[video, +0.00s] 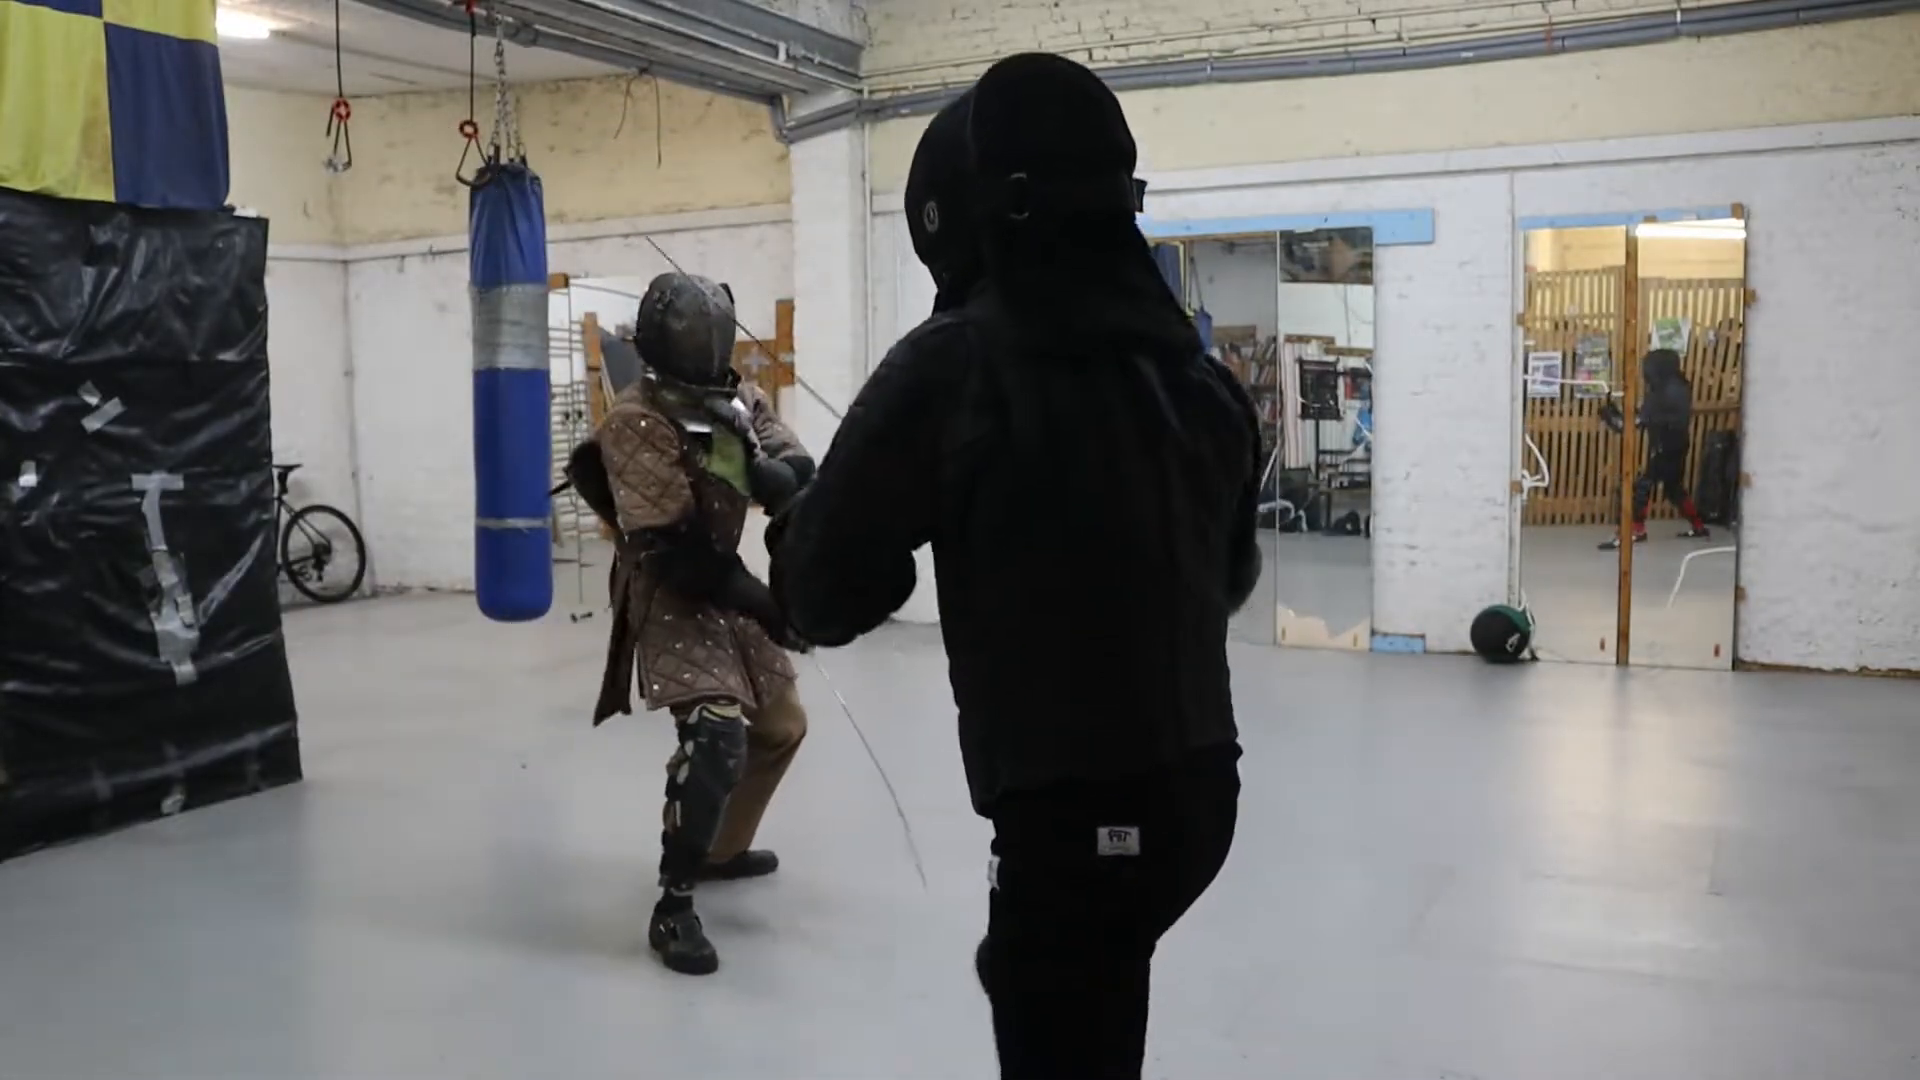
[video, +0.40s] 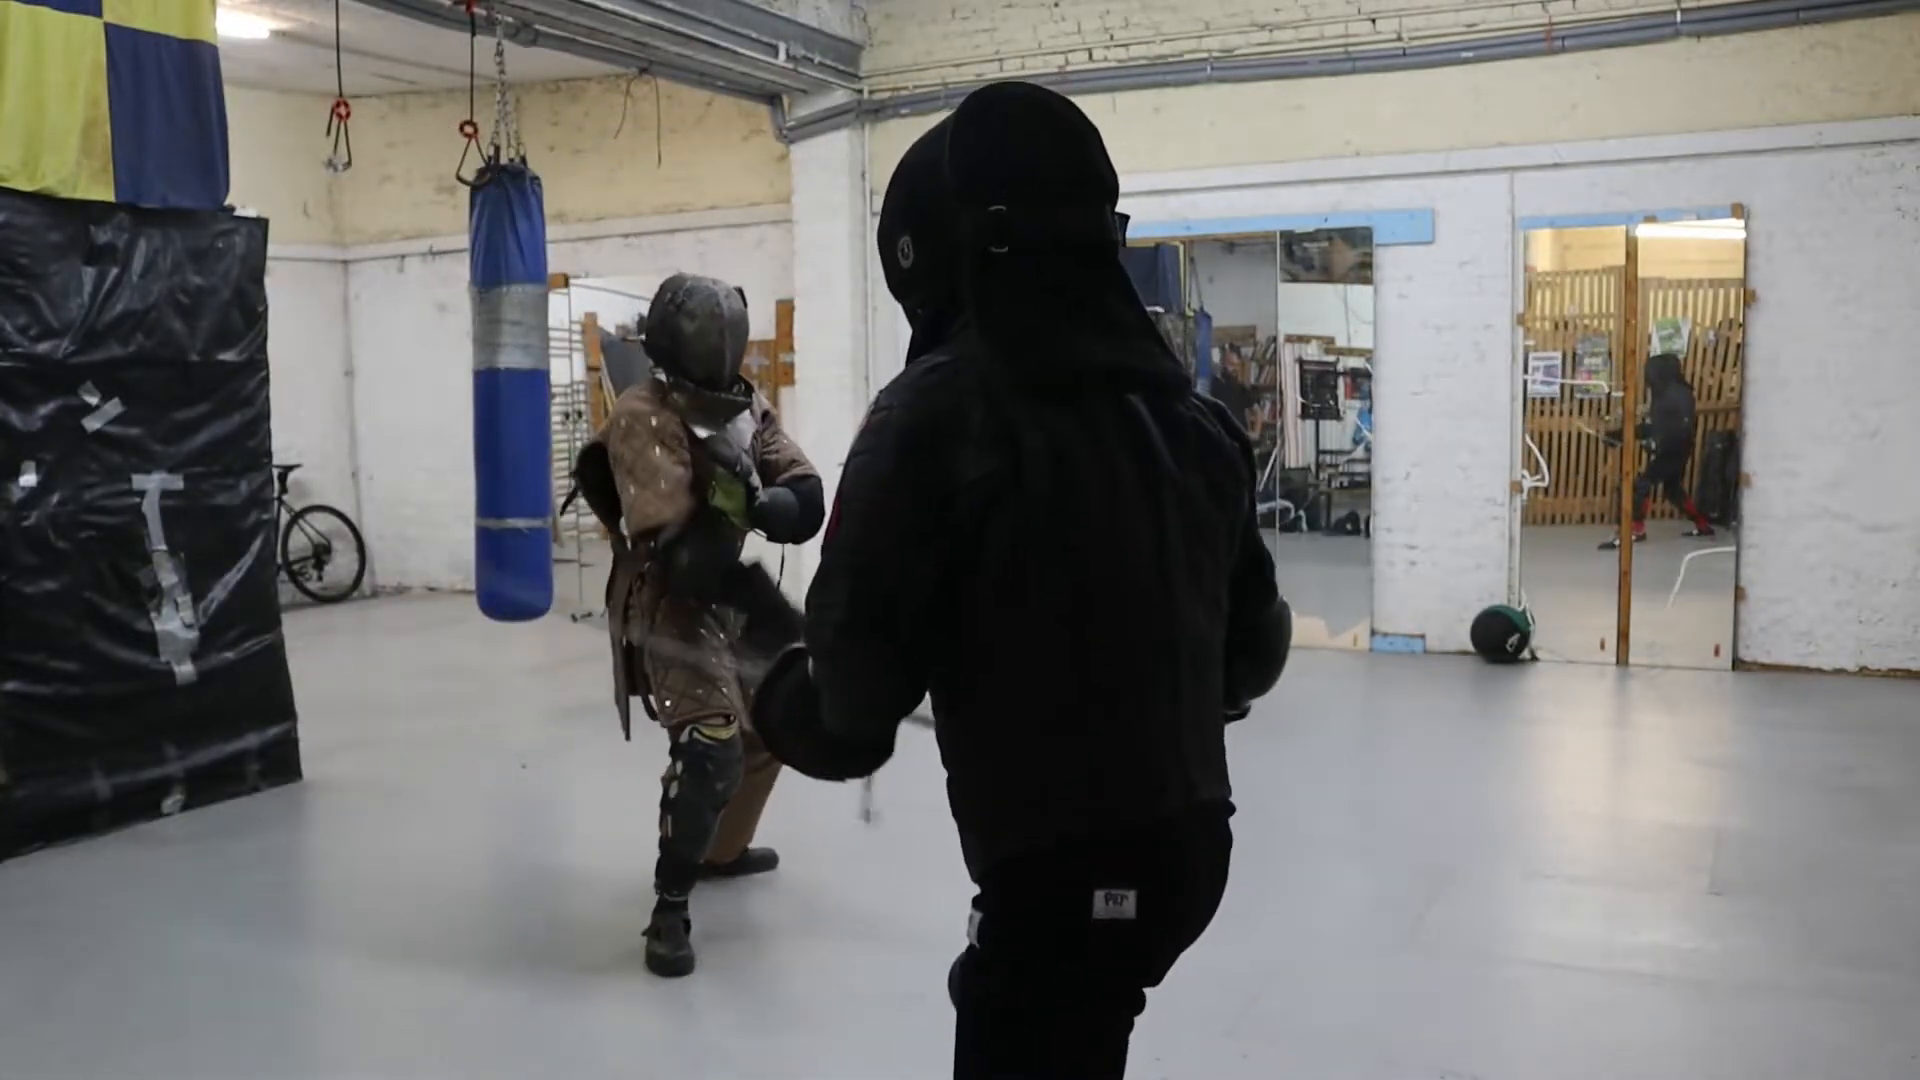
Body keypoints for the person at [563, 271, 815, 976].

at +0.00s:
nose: (707, 359)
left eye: (716, 344)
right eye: (692, 345)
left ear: (732, 342)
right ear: (662, 345)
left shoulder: (739, 402)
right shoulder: (637, 425)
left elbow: (792, 462)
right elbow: (672, 550)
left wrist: (775, 467)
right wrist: (771, 609)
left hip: (733, 592)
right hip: (669, 599)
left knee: (780, 726)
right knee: (718, 733)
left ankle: (721, 851)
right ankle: (675, 905)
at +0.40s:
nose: (718, 371)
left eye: (728, 354)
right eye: (702, 355)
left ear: (741, 349)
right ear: (668, 352)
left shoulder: (745, 408)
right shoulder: (641, 420)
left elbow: (805, 497)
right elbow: (679, 557)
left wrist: (761, 504)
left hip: (736, 594)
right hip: (664, 605)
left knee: (777, 716)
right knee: (715, 750)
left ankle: (722, 848)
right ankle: (671, 907)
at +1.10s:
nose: (772, 333)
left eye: (771, 320)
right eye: (763, 320)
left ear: (700, 312)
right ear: (734, 319)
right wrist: (854, 653)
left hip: (746, 608)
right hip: (701, 616)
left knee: (821, 752)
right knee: (778, 789)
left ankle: (765, 883)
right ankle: (681, 969)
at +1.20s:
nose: (776, 343)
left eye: (770, 333)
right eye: (764, 334)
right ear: (729, 341)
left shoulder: (741, 410)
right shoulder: (675, 420)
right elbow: (699, 569)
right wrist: (818, 645)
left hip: (759, 618)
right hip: (700, 625)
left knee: (826, 757)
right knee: (781, 791)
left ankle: (768, 883)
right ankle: (684, 967)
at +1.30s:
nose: (782, 374)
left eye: (785, 356)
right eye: (767, 356)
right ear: (725, 357)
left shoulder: (761, 443)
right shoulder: (701, 456)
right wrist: (826, 664)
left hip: (776, 642)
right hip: (707, 652)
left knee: (817, 766)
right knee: (773, 781)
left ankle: (770, 879)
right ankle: (724, 960)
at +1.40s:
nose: (769, 350)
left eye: (782, 331)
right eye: (752, 331)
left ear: (796, 327)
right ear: (714, 328)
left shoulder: (801, 401)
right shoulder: (677, 418)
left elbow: (835, 491)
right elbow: (679, 549)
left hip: (790, 610)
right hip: (711, 620)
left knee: (791, 763)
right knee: (783, 788)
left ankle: (760, 870)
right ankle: (727, 960)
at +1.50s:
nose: (765, 344)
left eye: (778, 326)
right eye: (748, 327)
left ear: (796, 315)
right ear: (710, 312)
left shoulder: (817, 381)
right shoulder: (670, 382)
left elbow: (848, 480)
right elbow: (634, 515)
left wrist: (836, 537)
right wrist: (725, 544)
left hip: (807, 596)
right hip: (727, 609)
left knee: (813, 767)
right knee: (813, 782)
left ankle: (734, 876)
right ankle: (732, 951)